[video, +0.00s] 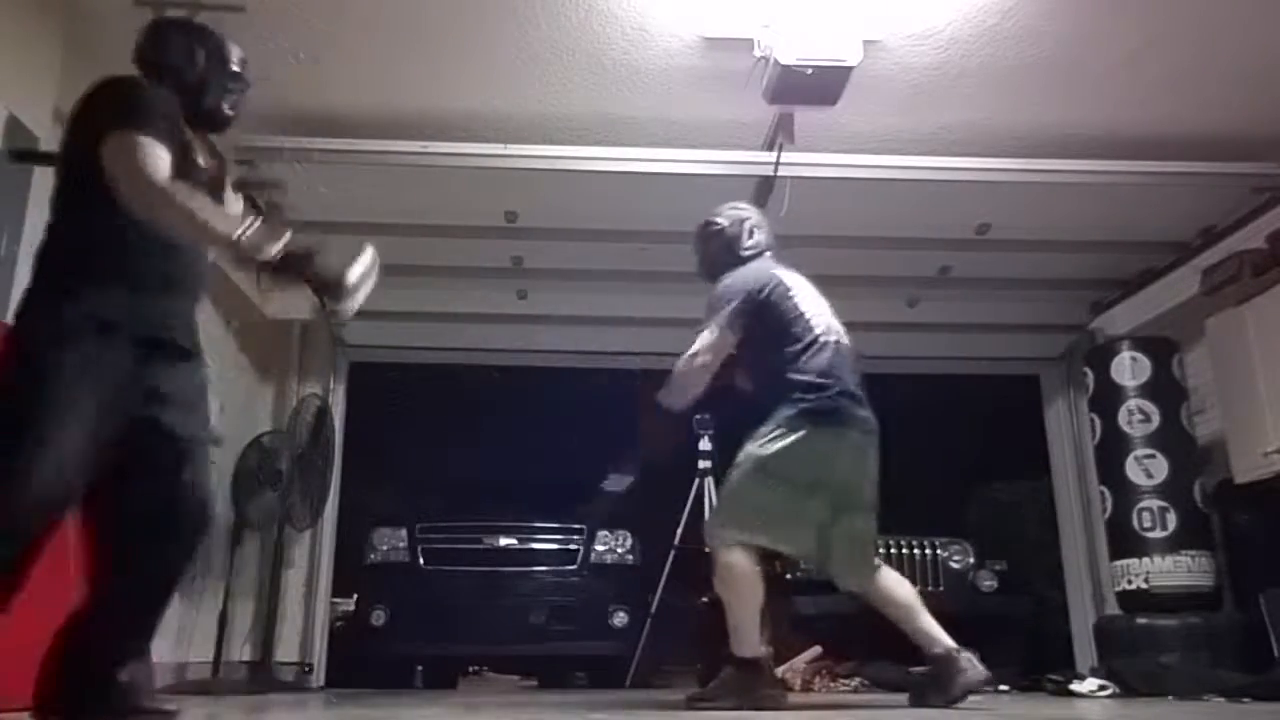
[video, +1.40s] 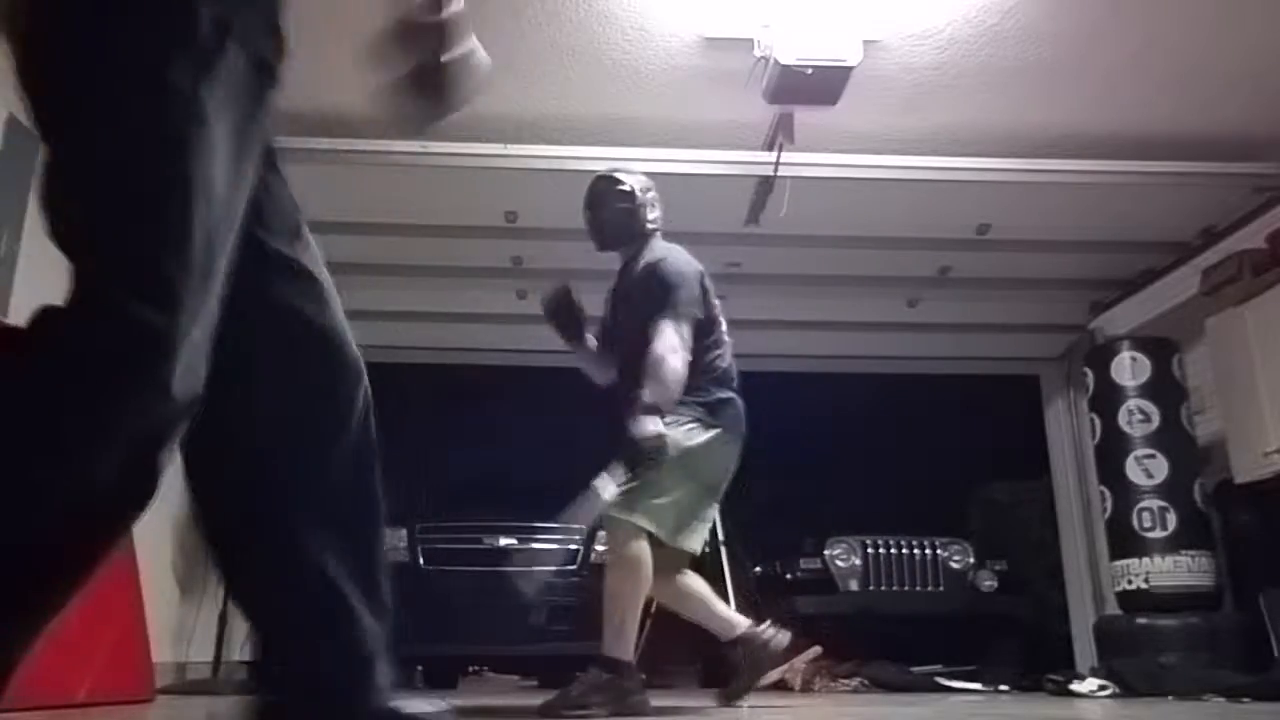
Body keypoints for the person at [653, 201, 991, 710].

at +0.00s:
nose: (700, 242)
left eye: (711, 230)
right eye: (701, 234)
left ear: (748, 233)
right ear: (757, 239)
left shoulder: (745, 279)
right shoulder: (791, 281)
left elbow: (700, 359)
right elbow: (783, 367)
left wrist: (669, 401)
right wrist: (741, 379)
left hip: (809, 418)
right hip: (857, 426)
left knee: (729, 535)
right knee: (856, 563)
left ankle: (749, 668)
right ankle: (954, 661)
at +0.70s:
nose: (716, 210)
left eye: (726, 199)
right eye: (711, 202)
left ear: (750, 207)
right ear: (708, 218)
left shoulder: (765, 249)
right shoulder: (743, 266)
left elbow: (754, 315)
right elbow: (733, 350)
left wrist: (680, 316)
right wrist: (668, 335)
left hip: (781, 409)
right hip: (787, 412)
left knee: (737, 530)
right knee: (801, 549)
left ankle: (757, 670)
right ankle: (899, 635)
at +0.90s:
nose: (697, 219)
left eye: (709, 209)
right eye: (691, 212)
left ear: (737, 215)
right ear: (683, 227)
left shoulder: (746, 259)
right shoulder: (718, 276)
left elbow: (739, 332)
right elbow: (689, 361)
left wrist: (703, 379)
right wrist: (689, 316)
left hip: (768, 410)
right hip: (753, 412)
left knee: (690, 504)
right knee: (769, 553)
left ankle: (725, 649)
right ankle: (832, 663)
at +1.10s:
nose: (644, 222)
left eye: (655, 213)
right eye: (641, 213)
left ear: (685, 219)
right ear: (646, 230)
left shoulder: (697, 254)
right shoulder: (665, 302)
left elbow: (637, 222)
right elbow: (626, 350)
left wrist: (574, 180)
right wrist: (596, 306)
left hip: (740, 415)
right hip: (715, 428)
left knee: (663, 520)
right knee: (717, 567)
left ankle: (623, 672)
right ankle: (821, 658)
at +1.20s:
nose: (620, 215)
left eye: (631, 206)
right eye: (617, 207)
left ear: (660, 213)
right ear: (623, 215)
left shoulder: (677, 250)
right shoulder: (647, 291)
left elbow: (626, 227)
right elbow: (631, 377)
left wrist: (563, 184)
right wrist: (593, 342)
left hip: (720, 413)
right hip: (706, 426)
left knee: (634, 514)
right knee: (681, 578)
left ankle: (618, 670)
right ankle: (797, 644)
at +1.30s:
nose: (596, 227)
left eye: (603, 213)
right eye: (595, 216)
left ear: (631, 211)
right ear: (646, 212)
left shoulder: (659, 255)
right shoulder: (651, 263)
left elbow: (632, 315)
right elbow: (636, 377)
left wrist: (598, 318)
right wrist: (592, 348)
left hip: (704, 410)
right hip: (705, 416)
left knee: (626, 515)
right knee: (671, 578)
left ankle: (616, 671)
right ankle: (776, 636)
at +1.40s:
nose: (601, 217)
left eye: (611, 206)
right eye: (598, 209)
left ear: (647, 211)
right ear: (595, 222)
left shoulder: (671, 266)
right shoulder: (629, 281)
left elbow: (672, 350)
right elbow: (609, 370)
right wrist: (577, 335)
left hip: (704, 416)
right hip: (678, 423)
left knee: (624, 523)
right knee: (651, 569)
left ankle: (616, 671)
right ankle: (750, 638)